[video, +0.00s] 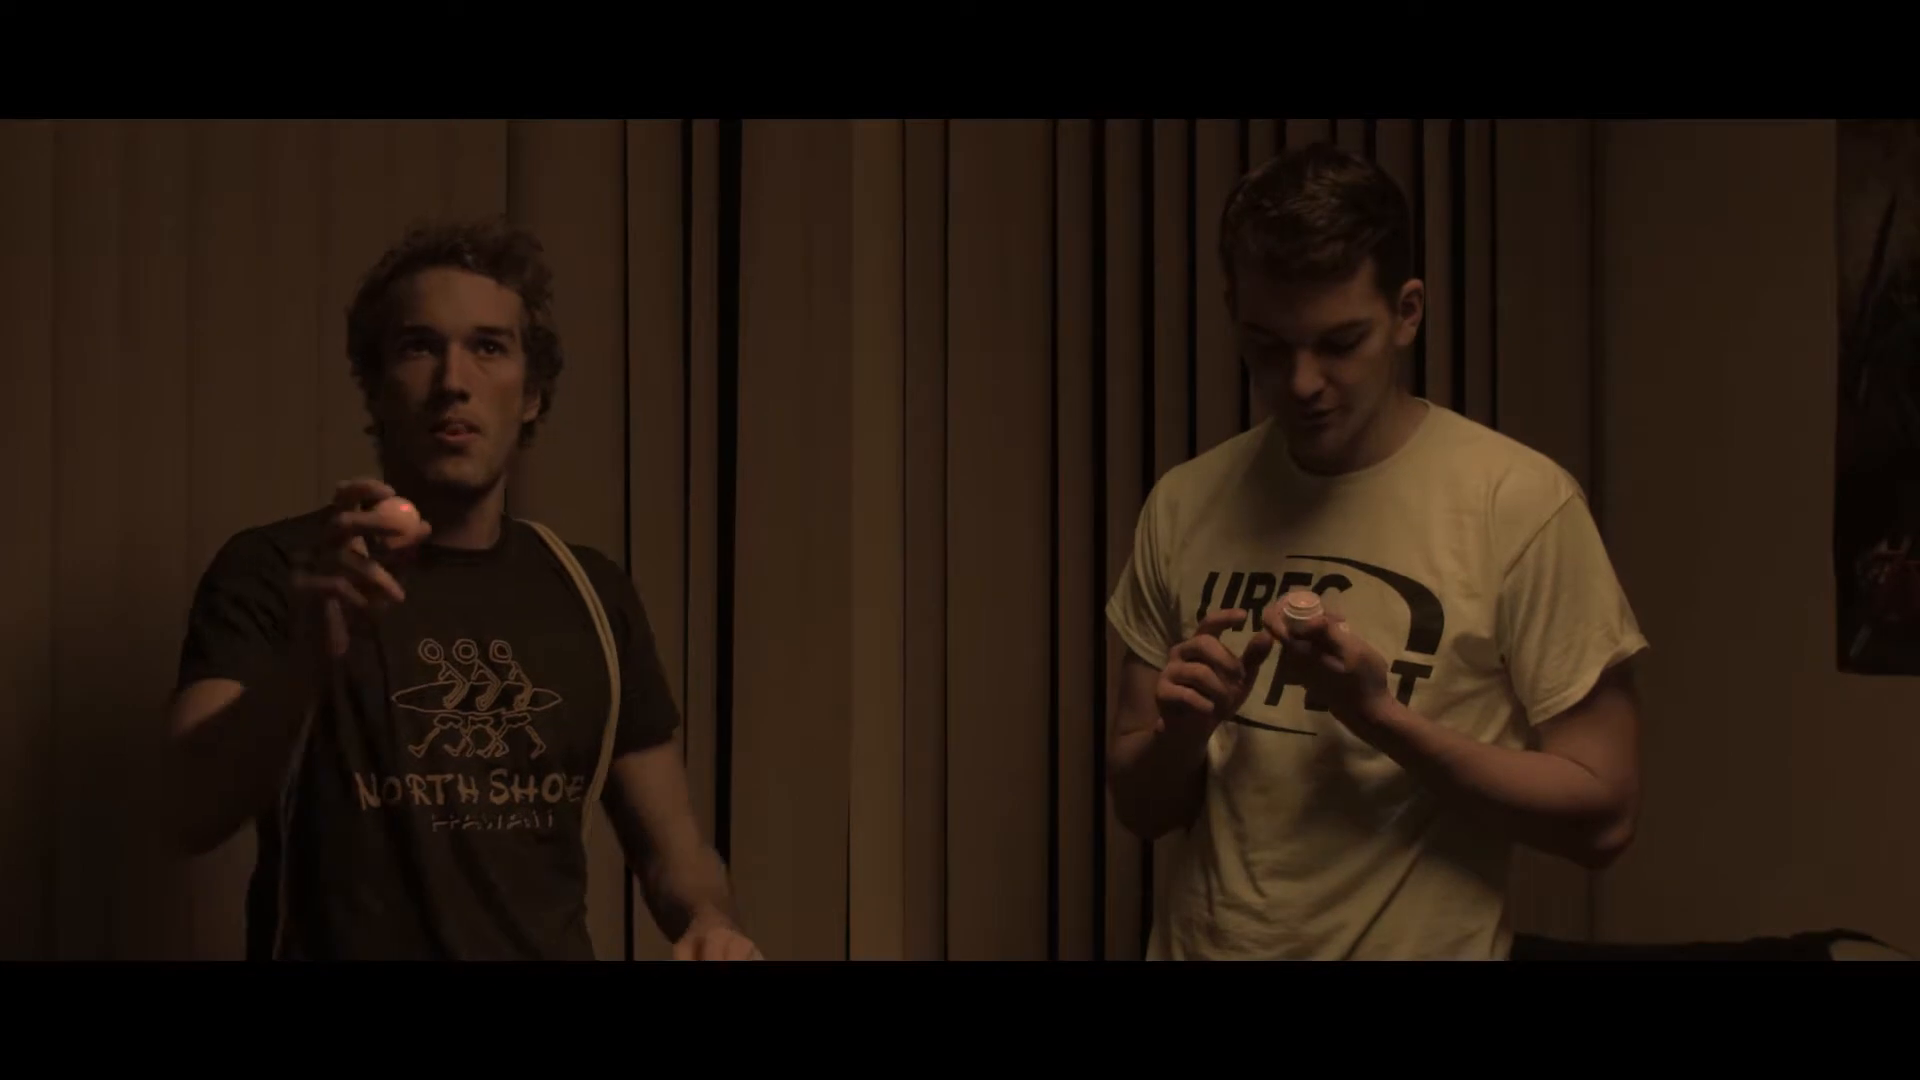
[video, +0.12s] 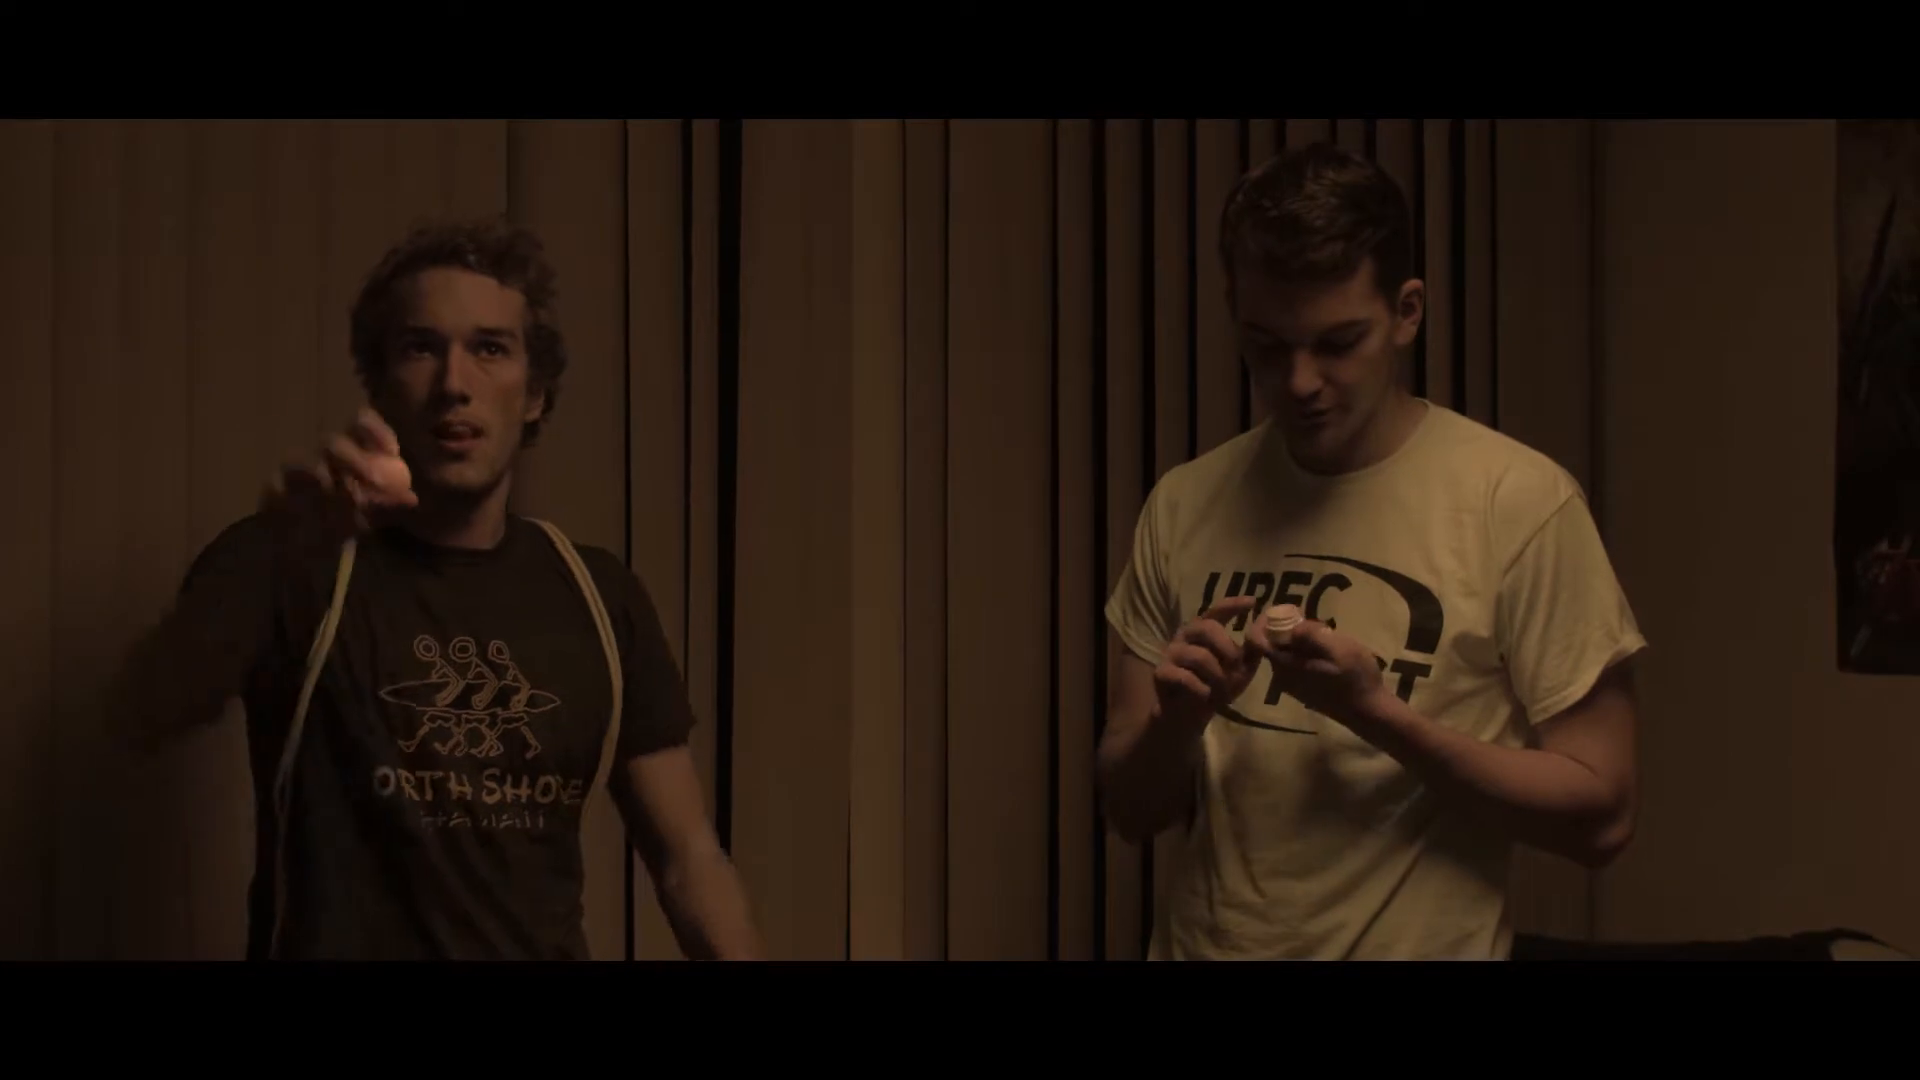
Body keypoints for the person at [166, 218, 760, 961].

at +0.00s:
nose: (453, 380)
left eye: (488, 349)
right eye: (421, 348)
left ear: (532, 396)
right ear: (375, 392)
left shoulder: (593, 594)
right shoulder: (275, 571)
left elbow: (669, 838)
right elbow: (192, 815)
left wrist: (709, 919)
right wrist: (309, 653)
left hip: (544, 948)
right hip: (338, 946)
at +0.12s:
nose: (453, 383)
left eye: (488, 351)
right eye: (419, 349)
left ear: (536, 393)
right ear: (373, 387)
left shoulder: (600, 596)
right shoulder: (291, 563)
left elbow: (684, 854)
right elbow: (136, 722)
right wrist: (294, 536)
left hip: (540, 948)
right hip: (332, 948)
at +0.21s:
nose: (456, 383)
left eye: (492, 351)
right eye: (424, 350)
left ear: (538, 391)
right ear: (372, 379)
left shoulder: (603, 596)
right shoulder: (295, 554)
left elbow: (679, 863)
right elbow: (107, 625)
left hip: (535, 951)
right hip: (324, 949)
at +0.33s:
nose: (468, 373)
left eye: (505, 339)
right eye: (434, 336)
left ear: (551, 382)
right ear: (385, 371)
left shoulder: (600, 593)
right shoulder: (297, 537)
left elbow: (645, 862)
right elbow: (77, 503)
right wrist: (267, 256)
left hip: (526, 945)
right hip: (319, 942)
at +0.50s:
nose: (502, 363)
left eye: (535, 330)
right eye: (465, 320)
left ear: (561, 367)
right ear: (389, 352)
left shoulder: (585, 580)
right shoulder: (310, 543)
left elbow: (583, 852)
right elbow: (185, 408)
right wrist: (296, 234)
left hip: (522, 943)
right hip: (330, 935)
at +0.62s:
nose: (504, 325)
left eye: (535, 297)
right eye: (464, 285)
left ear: (560, 340)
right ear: (389, 322)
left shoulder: (553, 556)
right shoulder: (327, 531)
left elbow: (542, 838)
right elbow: (310, 452)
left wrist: (580, 948)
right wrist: (342, 128)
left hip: (506, 941)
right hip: (319, 929)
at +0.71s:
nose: (489, 300)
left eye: (522, 277)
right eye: (454, 263)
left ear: (551, 343)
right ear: (389, 296)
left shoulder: (545, 553)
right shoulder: (314, 507)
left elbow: (531, 837)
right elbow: (386, 382)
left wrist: (567, 945)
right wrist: (417, 135)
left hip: (500, 939)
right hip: (333, 928)